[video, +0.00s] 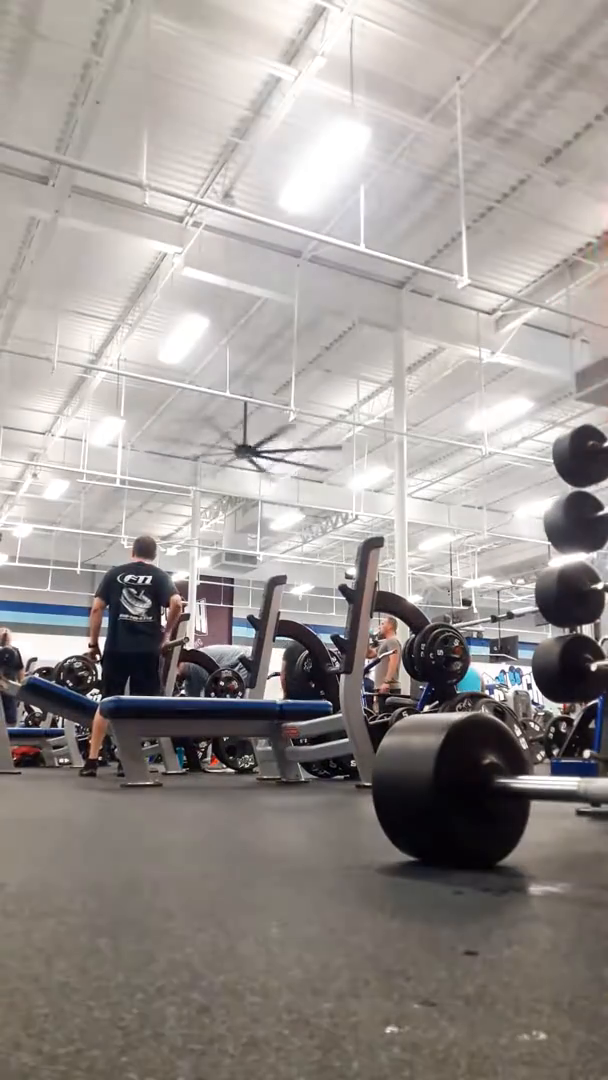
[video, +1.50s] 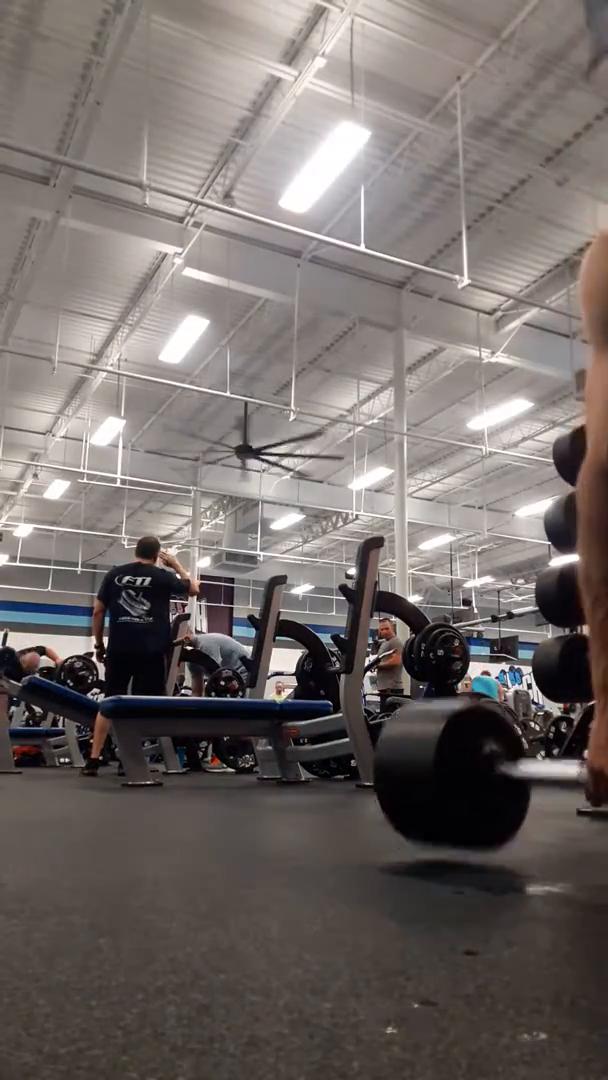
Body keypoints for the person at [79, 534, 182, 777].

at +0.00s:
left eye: (132, 551)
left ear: (132, 552)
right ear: (154, 556)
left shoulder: (115, 573)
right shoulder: (160, 576)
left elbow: (97, 608)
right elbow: (176, 603)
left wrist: (93, 642)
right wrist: (167, 633)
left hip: (116, 650)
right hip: (147, 653)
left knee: (107, 704)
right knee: (145, 707)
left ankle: (92, 759)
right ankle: (135, 763)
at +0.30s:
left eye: (133, 550)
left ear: (133, 552)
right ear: (155, 555)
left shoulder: (115, 573)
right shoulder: (160, 576)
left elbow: (98, 610)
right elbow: (176, 610)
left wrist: (98, 642)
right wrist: (165, 613)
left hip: (116, 650)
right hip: (148, 652)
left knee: (107, 703)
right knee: (144, 706)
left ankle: (92, 759)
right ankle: (133, 764)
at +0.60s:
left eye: (138, 550)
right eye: (155, 556)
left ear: (135, 552)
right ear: (157, 556)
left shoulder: (116, 572)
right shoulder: (161, 577)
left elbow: (98, 610)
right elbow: (180, 602)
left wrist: (95, 640)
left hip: (117, 650)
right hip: (149, 652)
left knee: (107, 703)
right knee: (144, 706)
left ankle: (92, 759)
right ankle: (132, 763)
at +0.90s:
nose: (158, 560)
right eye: (159, 557)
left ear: (137, 552)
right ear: (159, 557)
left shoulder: (116, 572)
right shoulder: (162, 577)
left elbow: (98, 608)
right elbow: (188, 582)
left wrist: (92, 640)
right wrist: (167, 562)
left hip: (119, 649)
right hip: (150, 651)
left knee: (107, 703)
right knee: (146, 706)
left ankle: (92, 760)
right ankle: (133, 763)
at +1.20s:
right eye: (158, 554)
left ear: (136, 552)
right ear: (158, 556)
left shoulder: (116, 573)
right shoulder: (163, 576)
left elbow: (98, 609)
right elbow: (193, 581)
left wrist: (94, 642)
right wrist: (171, 559)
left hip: (118, 651)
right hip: (151, 652)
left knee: (108, 703)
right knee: (148, 706)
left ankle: (93, 759)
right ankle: (136, 764)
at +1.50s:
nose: (158, 557)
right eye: (159, 555)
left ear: (135, 553)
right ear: (157, 556)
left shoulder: (115, 574)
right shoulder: (162, 577)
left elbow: (98, 610)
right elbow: (194, 588)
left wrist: (98, 644)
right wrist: (176, 565)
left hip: (119, 649)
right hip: (151, 650)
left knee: (109, 702)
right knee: (149, 705)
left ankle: (94, 758)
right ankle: (139, 764)